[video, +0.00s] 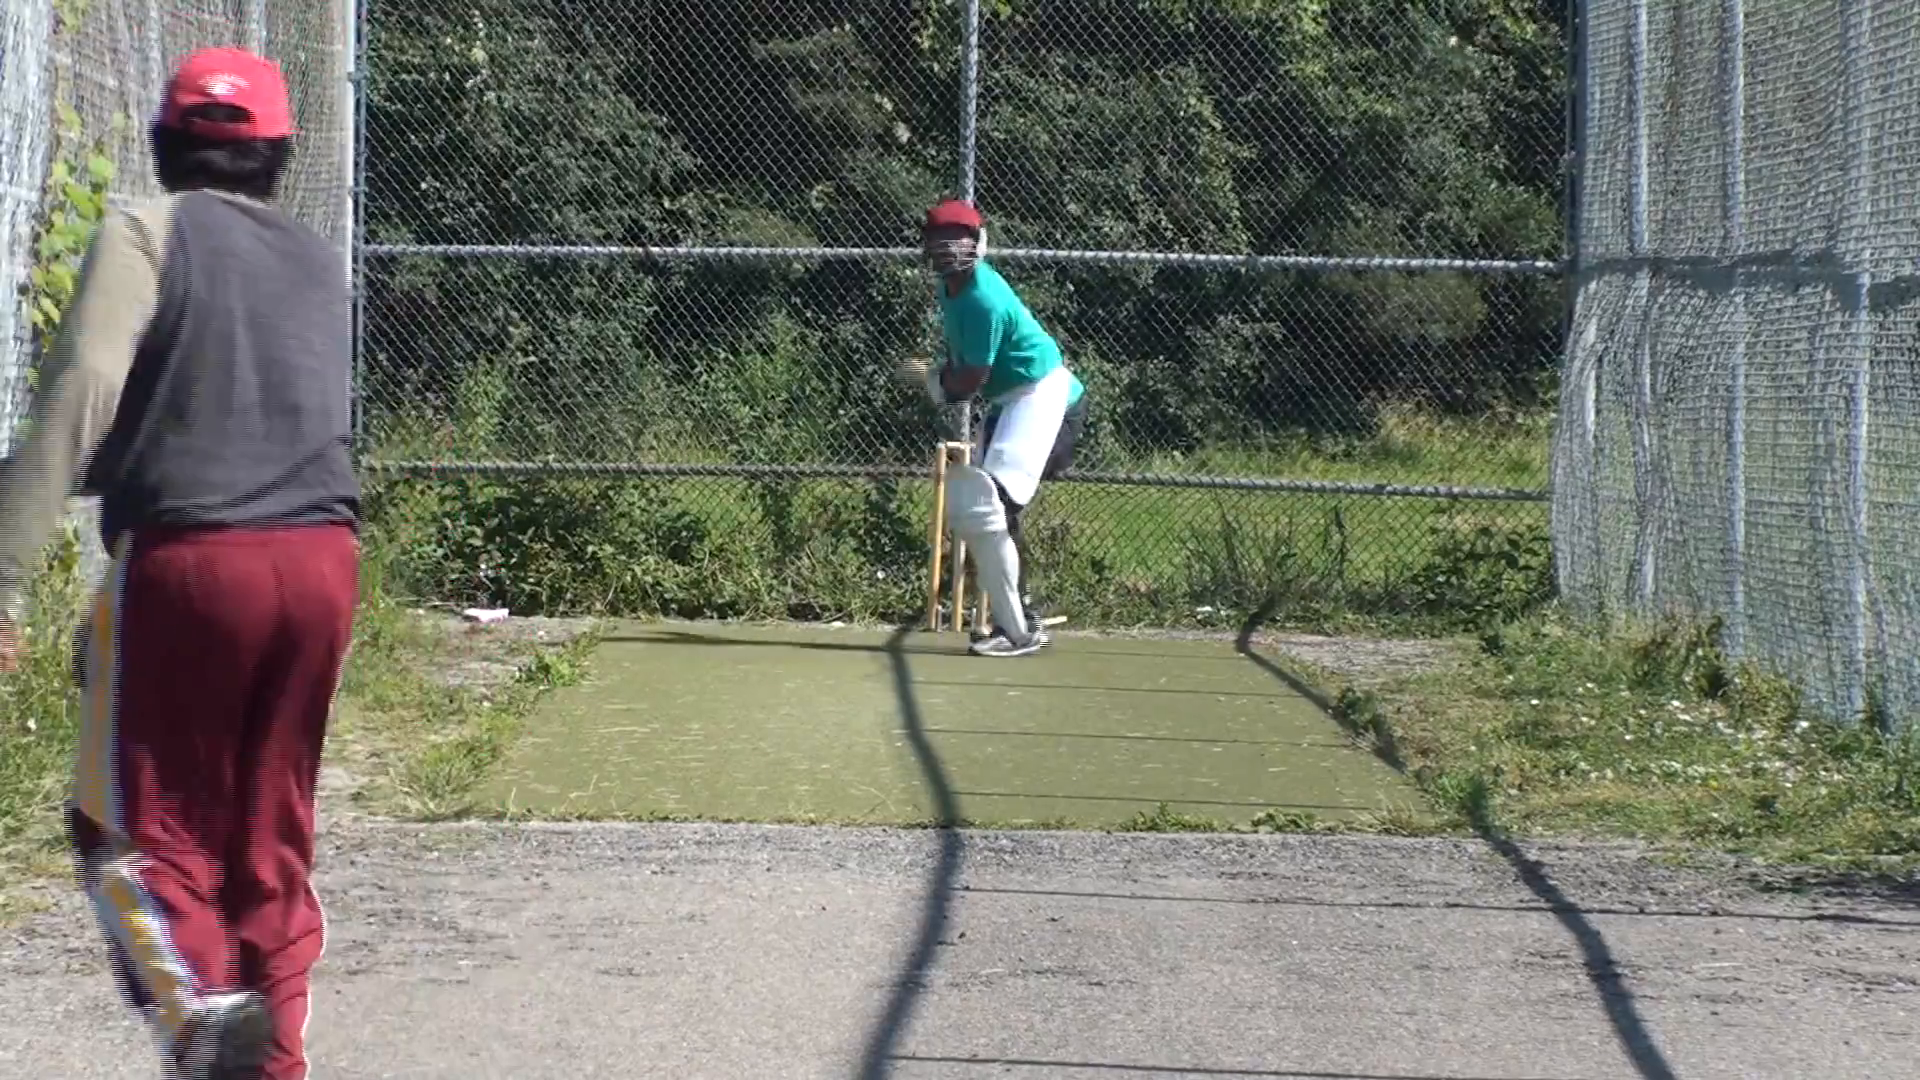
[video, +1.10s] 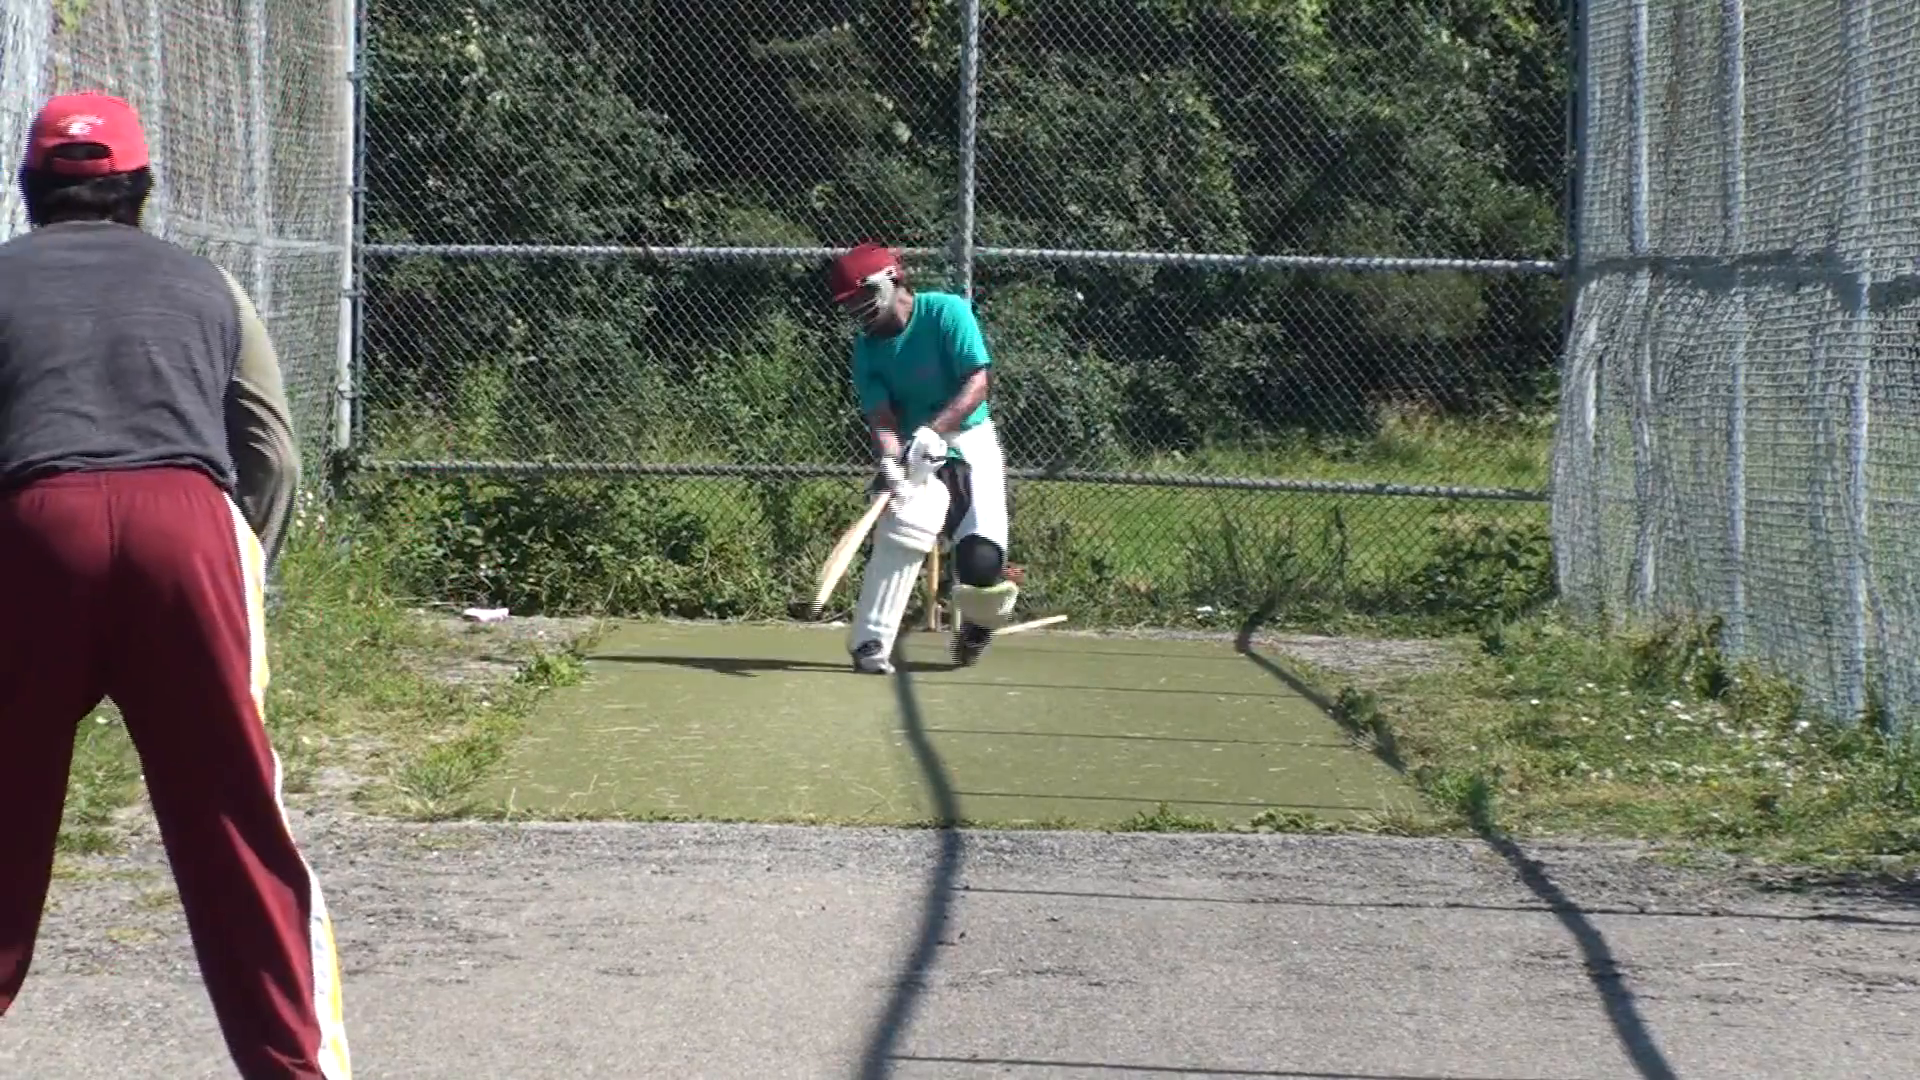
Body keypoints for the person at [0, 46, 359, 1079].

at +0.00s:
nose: (180, 155)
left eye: (171, 140)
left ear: (167, 143)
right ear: (278, 154)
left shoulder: (148, 228)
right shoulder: (324, 256)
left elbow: (88, 382)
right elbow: (319, 407)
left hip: (192, 568)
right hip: (322, 567)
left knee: (131, 823)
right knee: (276, 824)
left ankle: (201, 1012)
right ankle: (276, 1058)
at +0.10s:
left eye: (138, 126)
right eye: (215, 126)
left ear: (129, 135)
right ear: (239, 140)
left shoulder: (107, 229)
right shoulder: (294, 246)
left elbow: (92, 413)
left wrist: (53, 606)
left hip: (162, 555)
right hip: (294, 552)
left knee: (95, 819)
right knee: (260, 837)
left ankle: (111, 1035)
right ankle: (272, 1060)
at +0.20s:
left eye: (93, 126)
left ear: (83, 135)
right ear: (193, 136)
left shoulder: (65, 228)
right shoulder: (249, 231)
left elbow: (65, 423)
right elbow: (266, 398)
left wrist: (37, 605)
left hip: (127, 546)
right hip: (260, 544)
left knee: (47, 827)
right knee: (240, 819)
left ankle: (7, 1043)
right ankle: (265, 1057)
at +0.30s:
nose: (104, 158)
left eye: (57, 145)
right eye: (122, 141)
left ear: (38, 155)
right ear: (148, 153)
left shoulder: (23, 248)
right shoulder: (209, 253)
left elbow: (10, 419)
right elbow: (230, 407)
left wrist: (6, 570)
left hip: (69, 570)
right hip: (208, 564)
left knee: (9, 845)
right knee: (232, 852)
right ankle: (256, 1058)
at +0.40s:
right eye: (96, 167)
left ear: (3, 175)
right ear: (104, 176)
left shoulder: (1, 260)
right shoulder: (165, 274)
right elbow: (199, 438)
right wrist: (155, 538)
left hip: (28, 570)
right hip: (174, 565)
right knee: (206, 830)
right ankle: (247, 1000)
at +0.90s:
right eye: (101, 186)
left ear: (4, 195)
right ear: (106, 194)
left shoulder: (0, 270)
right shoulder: (173, 278)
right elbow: (250, 451)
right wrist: (220, 568)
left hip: (25, 537)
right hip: (170, 533)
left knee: (6, 835)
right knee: (225, 819)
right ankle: (291, 1059)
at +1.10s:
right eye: (131, 181)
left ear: (31, 192)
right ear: (141, 191)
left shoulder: (6, 271)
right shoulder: (206, 280)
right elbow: (269, 447)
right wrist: (239, 569)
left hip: (36, 525)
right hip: (183, 524)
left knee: (10, 815)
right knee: (229, 806)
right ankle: (292, 1058)